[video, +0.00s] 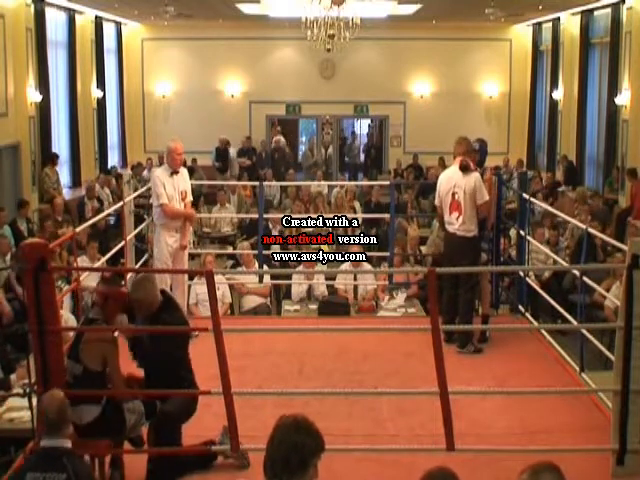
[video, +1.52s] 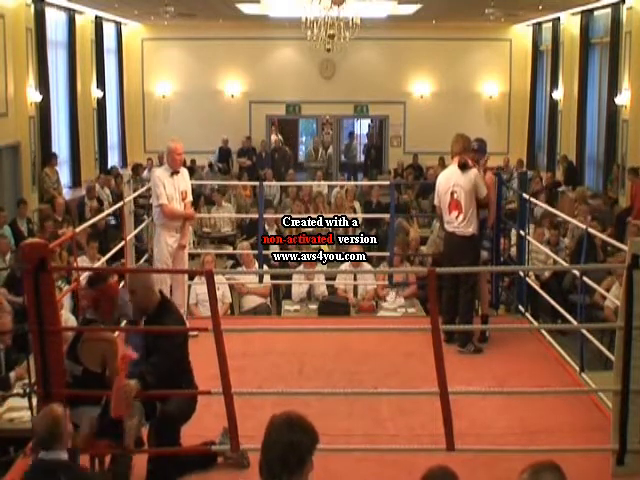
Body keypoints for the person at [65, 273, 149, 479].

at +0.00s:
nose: (121, 309)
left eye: (122, 303)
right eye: (119, 303)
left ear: (99, 302)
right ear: (110, 304)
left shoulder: (84, 328)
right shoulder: (106, 336)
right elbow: (119, 391)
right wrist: (137, 393)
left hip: (75, 414)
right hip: (95, 419)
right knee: (136, 407)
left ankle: (116, 462)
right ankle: (115, 462)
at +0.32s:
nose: (122, 309)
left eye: (123, 302)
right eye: (118, 303)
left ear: (99, 301)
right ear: (105, 302)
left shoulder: (87, 324)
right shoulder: (110, 334)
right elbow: (120, 390)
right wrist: (135, 391)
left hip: (78, 419)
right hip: (96, 422)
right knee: (140, 405)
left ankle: (117, 462)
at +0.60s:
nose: (123, 305)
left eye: (123, 299)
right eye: (120, 300)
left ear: (98, 301)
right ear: (107, 302)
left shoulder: (87, 325)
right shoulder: (109, 334)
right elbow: (120, 390)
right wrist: (139, 390)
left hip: (79, 421)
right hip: (97, 423)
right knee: (138, 406)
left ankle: (116, 463)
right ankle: (115, 463)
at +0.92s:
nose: (119, 303)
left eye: (118, 296)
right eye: (114, 298)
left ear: (94, 301)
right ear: (100, 301)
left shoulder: (84, 327)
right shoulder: (107, 339)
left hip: (79, 421)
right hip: (98, 423)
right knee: (138, 407)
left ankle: (116, 462)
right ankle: (115, 463)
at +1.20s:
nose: (118, 301)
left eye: (116, 294)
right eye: (114, 296)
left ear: (92, 301)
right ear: (101, 301)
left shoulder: (81, 330)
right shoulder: (105, 340)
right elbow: (115, 387)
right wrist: (134, 387)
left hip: (78, 420)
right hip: (96, 424)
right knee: (136, 409)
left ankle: (115, 462)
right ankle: (133, 431)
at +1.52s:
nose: (116, 304)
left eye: (115, 297)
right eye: (113, 298)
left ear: (93, 300)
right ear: (102, 301)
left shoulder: (82, 328)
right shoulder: (108, 340)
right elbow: (114, 381)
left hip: (75, 407)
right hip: (92, 411)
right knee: (134, 411)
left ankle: (118, 466)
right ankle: (120, 468)